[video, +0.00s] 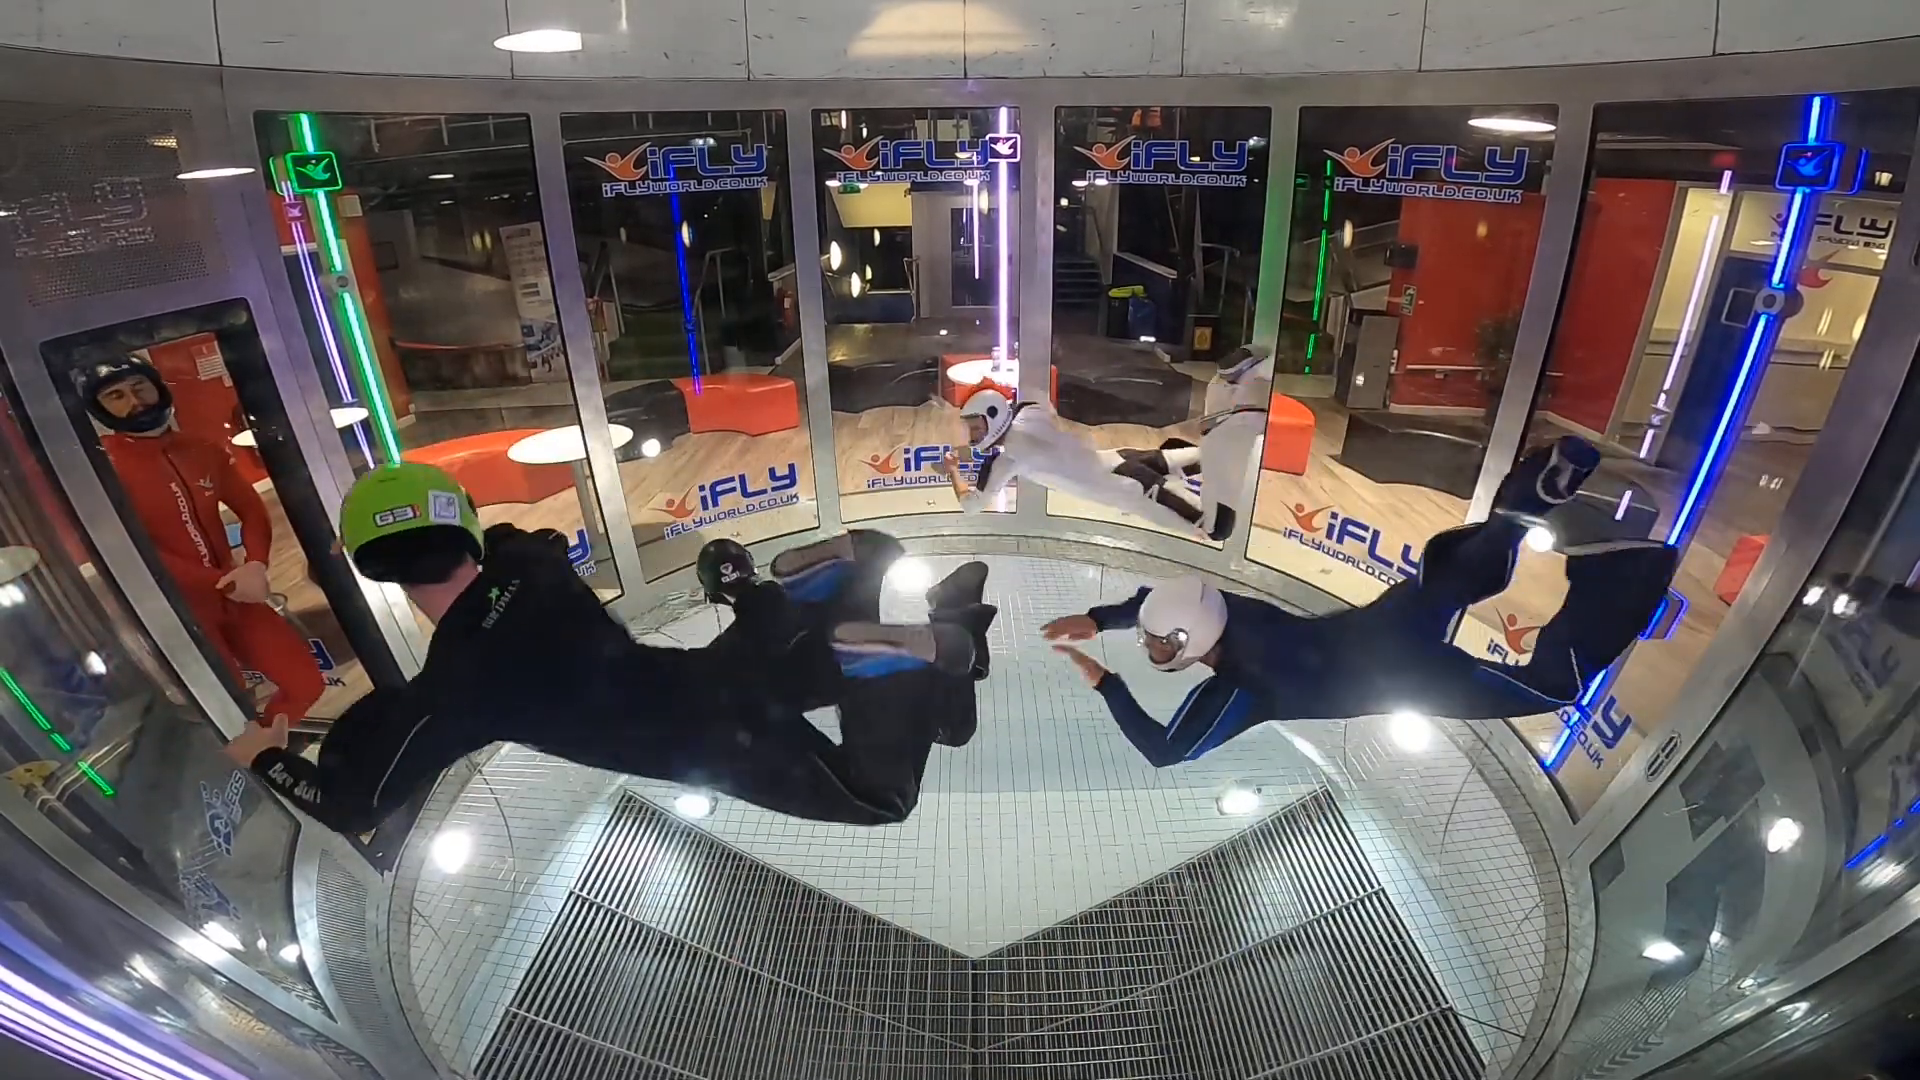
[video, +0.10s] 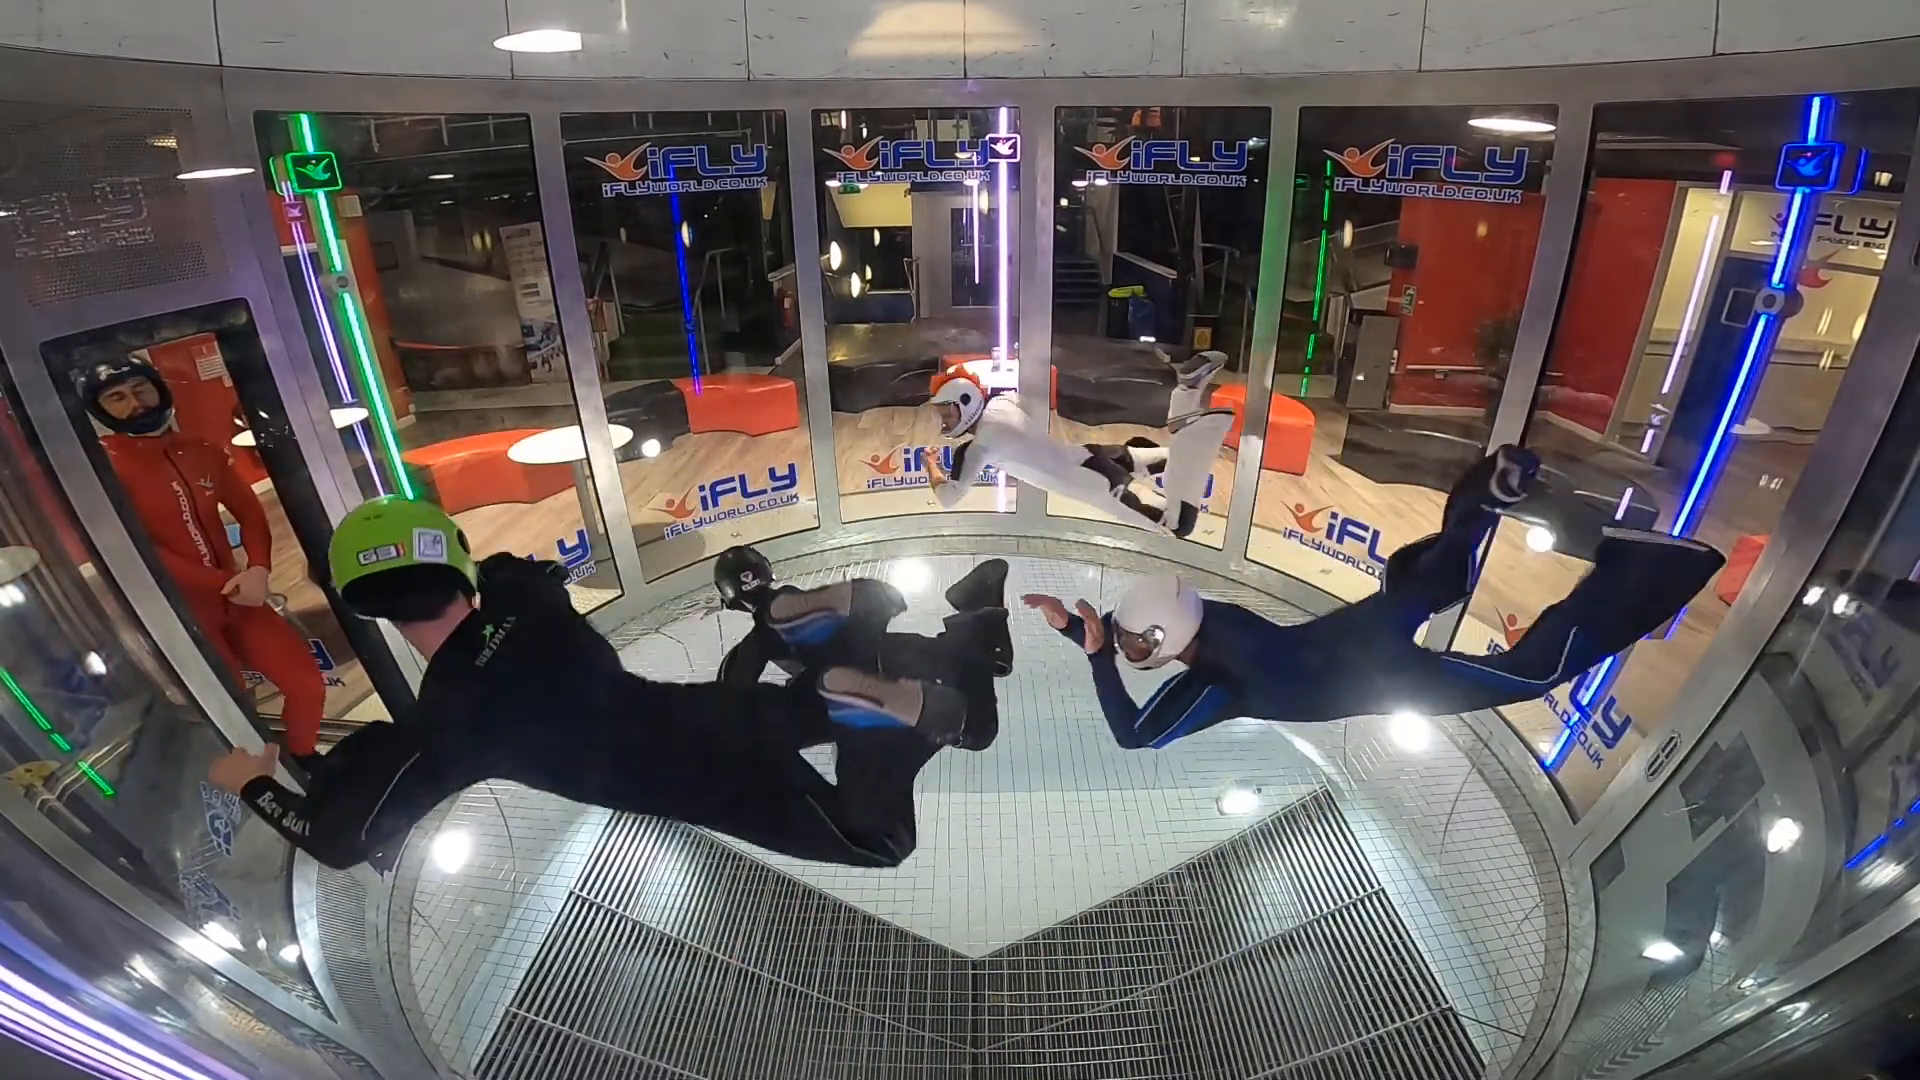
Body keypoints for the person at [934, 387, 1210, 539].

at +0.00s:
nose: (971, 433)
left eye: (975, 426)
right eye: (968, 426)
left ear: (994, 421)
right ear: (999, 414)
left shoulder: (1009, 456)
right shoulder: (1031, 413)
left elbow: (971, 504)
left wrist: (953, 474)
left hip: (1116, 483)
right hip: (1116, 457)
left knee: (1208, 524)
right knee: (1166, 458)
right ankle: (1221, 454)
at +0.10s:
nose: (942, 424)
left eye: (947, 416)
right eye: (941, 416)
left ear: (967, 409)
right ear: (971, 400)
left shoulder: (977, 446)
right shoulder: (1003, 402)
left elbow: (952, 496)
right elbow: (1036, 415)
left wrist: (935, 482)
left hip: (1079, 479)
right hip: (1084, 450)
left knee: (1166, 522)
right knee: (1135, 458)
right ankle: (1182, 453)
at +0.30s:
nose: (886, 405)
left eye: (891, 397)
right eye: (882, 399)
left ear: (911, 391)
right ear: (904, 391)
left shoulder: (928, 422)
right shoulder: (932, 395)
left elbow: (891, 477)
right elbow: (907, 412)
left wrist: (851, 463)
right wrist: (881, 412)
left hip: (1024, 470)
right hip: (1017, 452)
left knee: (1103, 512)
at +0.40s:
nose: (862, 402)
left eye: (868, 393)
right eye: (857, 396)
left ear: (886, 388)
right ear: (863, 392)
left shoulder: (901, 419)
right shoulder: (898, 394)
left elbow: (858, 469)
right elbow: (871, 406)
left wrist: (813, 437)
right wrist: (849, 407)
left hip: (998, 468)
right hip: (990, 452)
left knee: (1078, 508)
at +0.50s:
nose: (839, 394)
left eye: (845, 387)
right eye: (836, 388)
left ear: (863, 386)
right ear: (841, 388)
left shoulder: (881, 418)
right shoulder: (872, 393)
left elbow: (836, 461)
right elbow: (840, 397)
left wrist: (784, 436)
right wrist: (809, 397)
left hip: (979, 465)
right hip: (969, 450)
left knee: (1055, 507)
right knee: (1041, 497)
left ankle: (1039, 428)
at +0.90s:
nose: (802, 397)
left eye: (808, 389)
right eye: (796, 391)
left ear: (826, 384)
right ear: (794, 389)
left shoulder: (845, 414)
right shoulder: (827, 393)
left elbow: (808, 458)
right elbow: (801, 377)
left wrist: (750, 450)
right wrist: (770, 381)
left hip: (936, 471)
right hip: (922, 455)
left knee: (1002, 520)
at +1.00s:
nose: (804, 400)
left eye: (811, 393)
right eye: (800, 394)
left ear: (829, 390)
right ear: (801, 392)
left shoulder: (848, 420)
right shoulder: (830, 391)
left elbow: (803, 462)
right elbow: (808, 378)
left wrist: (748, 454)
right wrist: (774, 380)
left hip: (917, 466)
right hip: (909, 448)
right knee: (932, 453)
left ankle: (1004, 519)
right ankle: (968, 461)